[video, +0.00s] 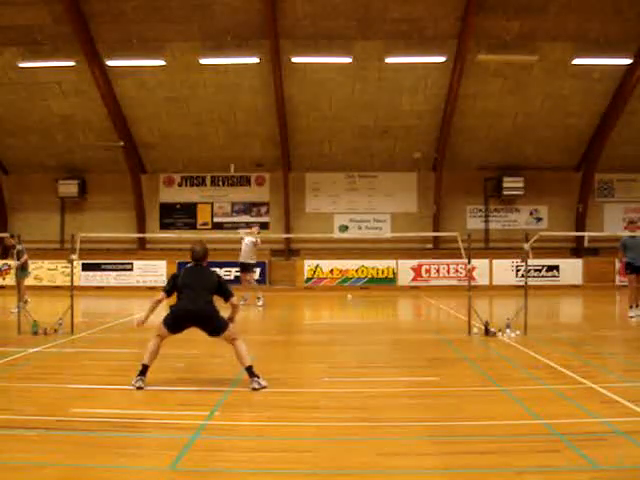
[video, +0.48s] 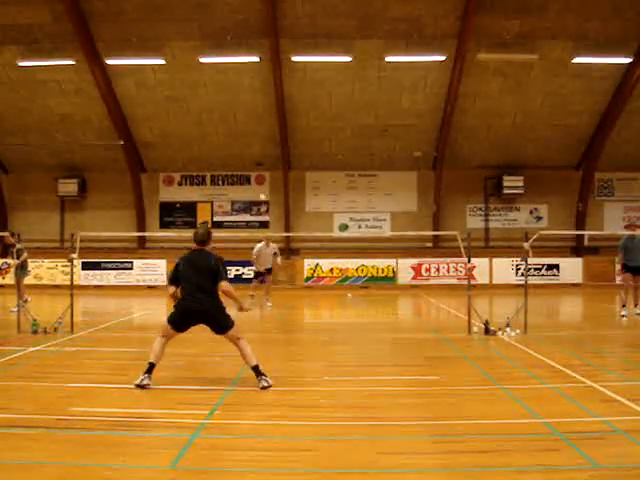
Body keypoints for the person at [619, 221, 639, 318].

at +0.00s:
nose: (632, 231)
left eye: (634, 228)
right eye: (630, 228)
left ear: (637, 228)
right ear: (627, 229)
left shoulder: (637, 239)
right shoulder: (625, 241)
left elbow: (621, 253)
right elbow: (621, 253)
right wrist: (622, 261)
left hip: (636, 263)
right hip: (630, 263)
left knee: (636, 286)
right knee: (632, 286)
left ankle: (636, 306)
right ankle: (631, 308)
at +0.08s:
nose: (633, 229)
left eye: (634, 226)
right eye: (631, 227)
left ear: (637, 227)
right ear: (627, 228)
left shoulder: (637, 239)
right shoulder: (626, 240)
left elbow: (621, 253)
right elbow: (621, 253)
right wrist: (622, 261)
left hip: (635, 263)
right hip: (630, 263)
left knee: (636, 286)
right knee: (632, 285)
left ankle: (636, 306)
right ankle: (631, 307)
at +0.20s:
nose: (634, 231)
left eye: (636, 228)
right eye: (632, 228)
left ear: (638, 229)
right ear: (629, 229)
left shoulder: (637, 239)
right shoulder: (626, 240)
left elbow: (621, 253)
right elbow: (621, 253)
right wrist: (622, 265)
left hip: (637, 265)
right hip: (630, 265)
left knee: (637, 287)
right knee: (632, 286)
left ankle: (636, 306)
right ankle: (629, 307)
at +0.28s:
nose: (634, 229)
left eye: (636, 226)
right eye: (632, 226)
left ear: (638, 228)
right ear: (629, 228)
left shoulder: (637, 239)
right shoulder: (626, 240)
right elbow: (621, 253)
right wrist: (621, 267)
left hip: (637, 264)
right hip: (629, 264)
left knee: (636, 286)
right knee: (630, 285)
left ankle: (636, 306)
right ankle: (627, 306)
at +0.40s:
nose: (633, 231)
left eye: (634, 229)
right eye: (631, 229)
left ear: (637, 230)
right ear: (628, 230)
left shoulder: (637, 240)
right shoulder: (626, 240)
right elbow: (621, 253)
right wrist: (620, 264)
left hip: (637, 266)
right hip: (628, 265)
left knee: (636, 287)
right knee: (627, 286)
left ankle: (636, 306)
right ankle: (624, 307)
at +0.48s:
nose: (632, 231)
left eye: (634, 228)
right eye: (630, 228)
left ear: (637, 229)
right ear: (627, 229)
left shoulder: (637, 240)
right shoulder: (625, 240)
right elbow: (621, 252)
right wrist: (620, 265)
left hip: (637, 265)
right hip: (627, 265)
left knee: (636, 286)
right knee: (626, 286)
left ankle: (636, 306)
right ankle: (624, 307)